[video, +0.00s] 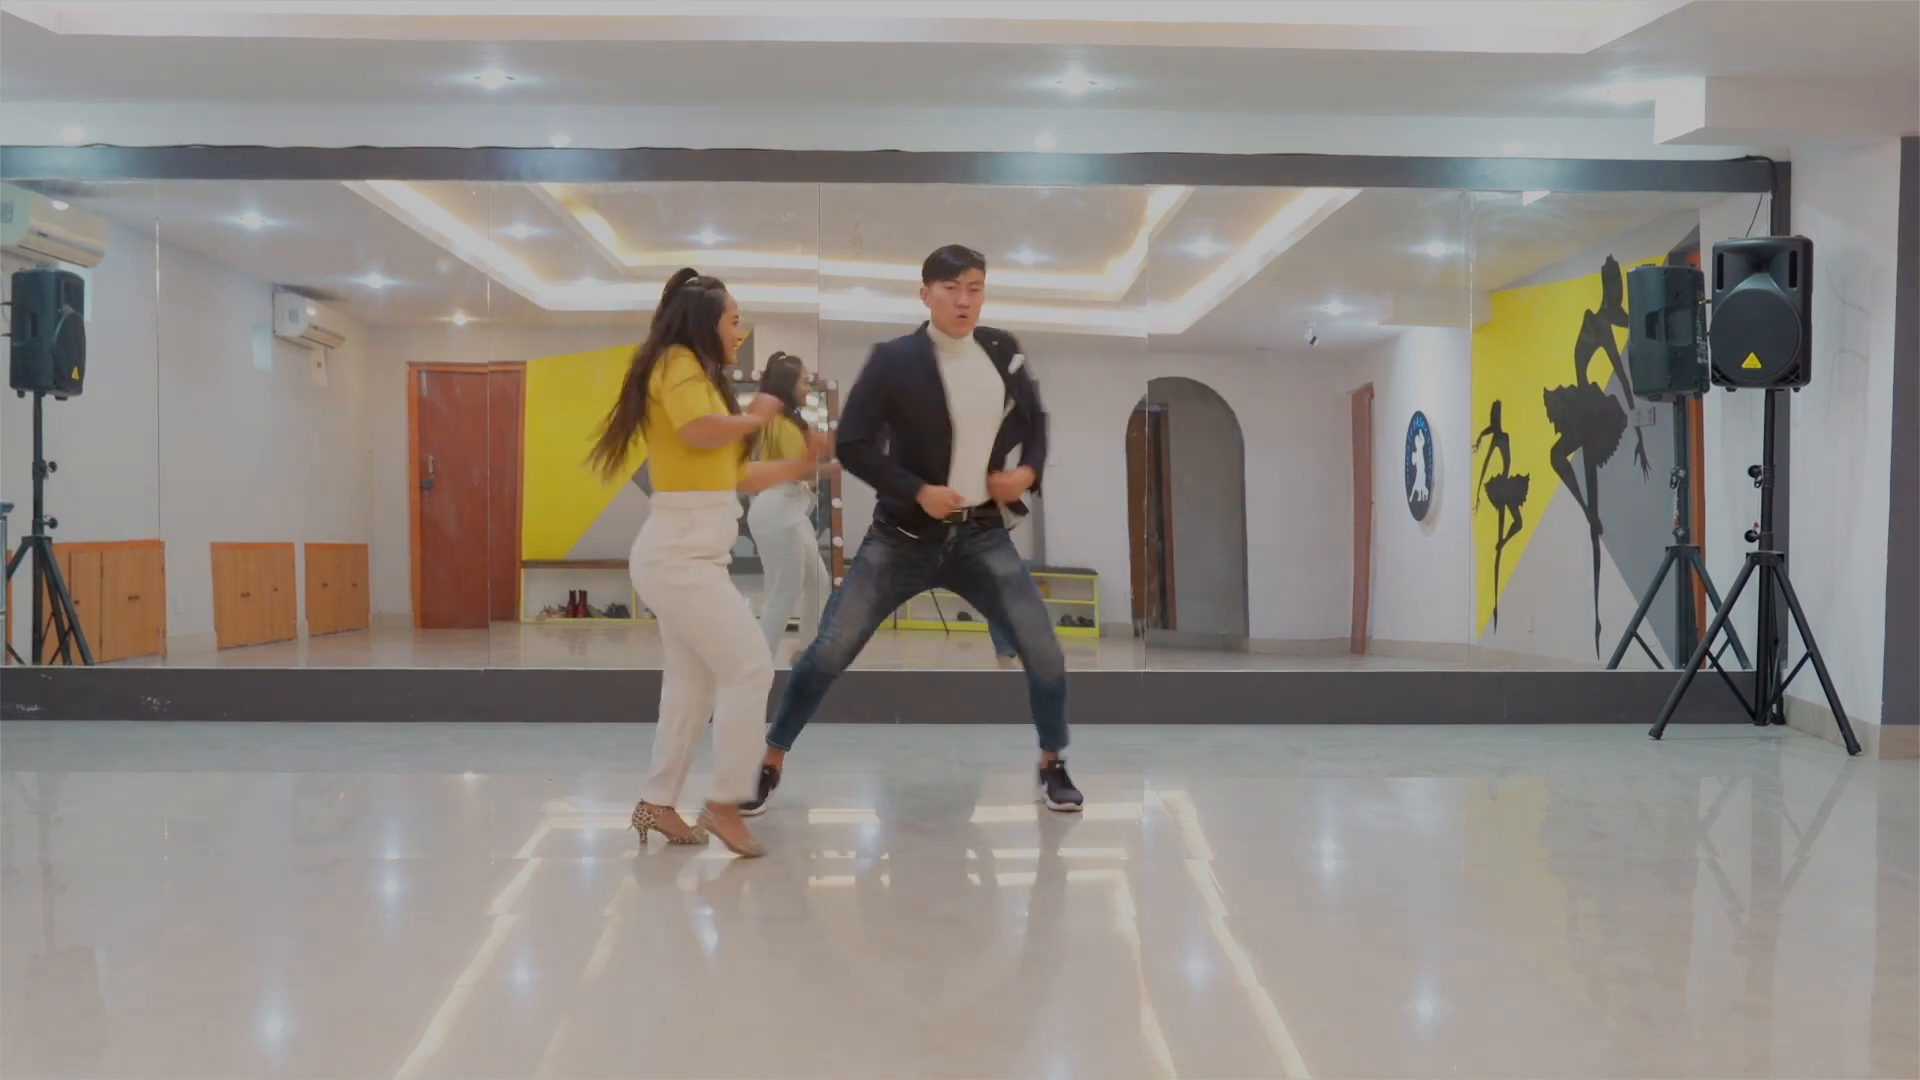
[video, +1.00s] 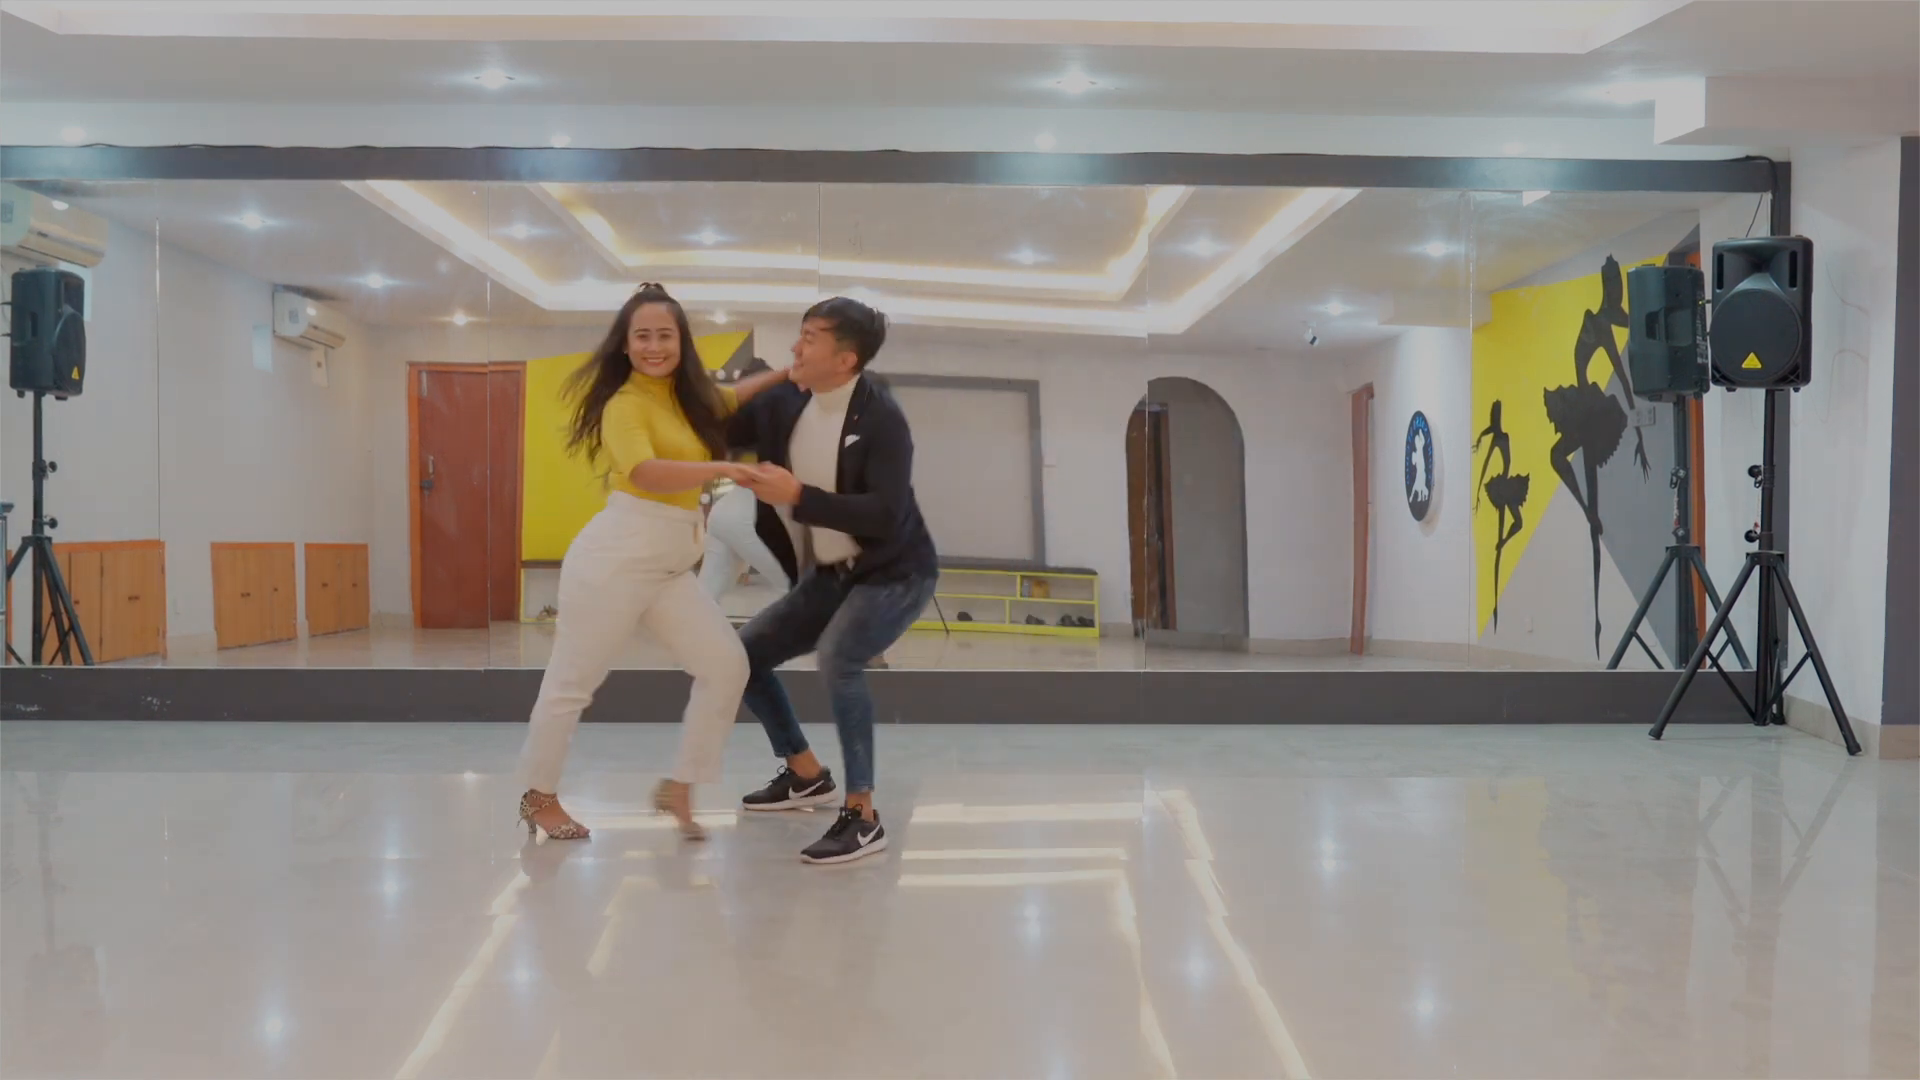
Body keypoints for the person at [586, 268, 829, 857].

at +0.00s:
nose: (740, 331)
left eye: (739, 321)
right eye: (732, 321)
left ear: (703, 323)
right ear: (704, 321)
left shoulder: (699, 379)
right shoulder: (676, 362)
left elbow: (731, 476)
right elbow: (695, 431)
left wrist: (801, 463)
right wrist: (751, 418)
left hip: (690, 553)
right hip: (679, 554)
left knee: (689, 684)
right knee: (749, 663)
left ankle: (658, 803)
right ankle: (725, 804)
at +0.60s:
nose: (732, 337)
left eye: (730, 326)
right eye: (722, 328)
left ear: (705, 332)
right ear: (694, 331)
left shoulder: (703, 388)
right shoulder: (665, 376)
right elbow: (697, 429)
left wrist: (763, 421)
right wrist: (759, 408)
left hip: (705, 556)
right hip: (654, 559)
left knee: (718, 673)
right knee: (708, 666)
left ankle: (679, 788)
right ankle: (676, 788)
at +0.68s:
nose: (713, 331)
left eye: (713, 320)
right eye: (703, 321)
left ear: (698, 325)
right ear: (672, 326)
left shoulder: (690, 379)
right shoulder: (646, 380)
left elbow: (714, 394)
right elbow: (677, 430)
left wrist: (762, 361)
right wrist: (738, 410)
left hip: (694, 554)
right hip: (648, 557)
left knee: (706, 677)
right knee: (685, 683)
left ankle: (673, 791)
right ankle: (605, 758)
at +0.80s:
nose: (659, 325)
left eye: (669, 314)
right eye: (645, 316)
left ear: (687, 322)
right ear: (628, 326)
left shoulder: (688, 383)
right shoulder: (627, 385)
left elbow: (726, 388)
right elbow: (644, 446)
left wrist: (780, 369)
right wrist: (715, 429)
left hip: (674, 554)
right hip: (628, 550)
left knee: (717, 657)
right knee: (614, 677)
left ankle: (683, 781)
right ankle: (555, 789)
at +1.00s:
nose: (654, 345)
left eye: (665, 334)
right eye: (641, 336)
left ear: (682, 340)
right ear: (625, 345)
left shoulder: (689, 396)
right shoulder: (624, 406)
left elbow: (728, 399)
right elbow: (643, 472)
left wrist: (783, 376)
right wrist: (722, 469)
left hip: (671, 570)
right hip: (611, 564)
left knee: (726, 666)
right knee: (570, 684)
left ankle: (680, 787)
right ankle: (539, 796)